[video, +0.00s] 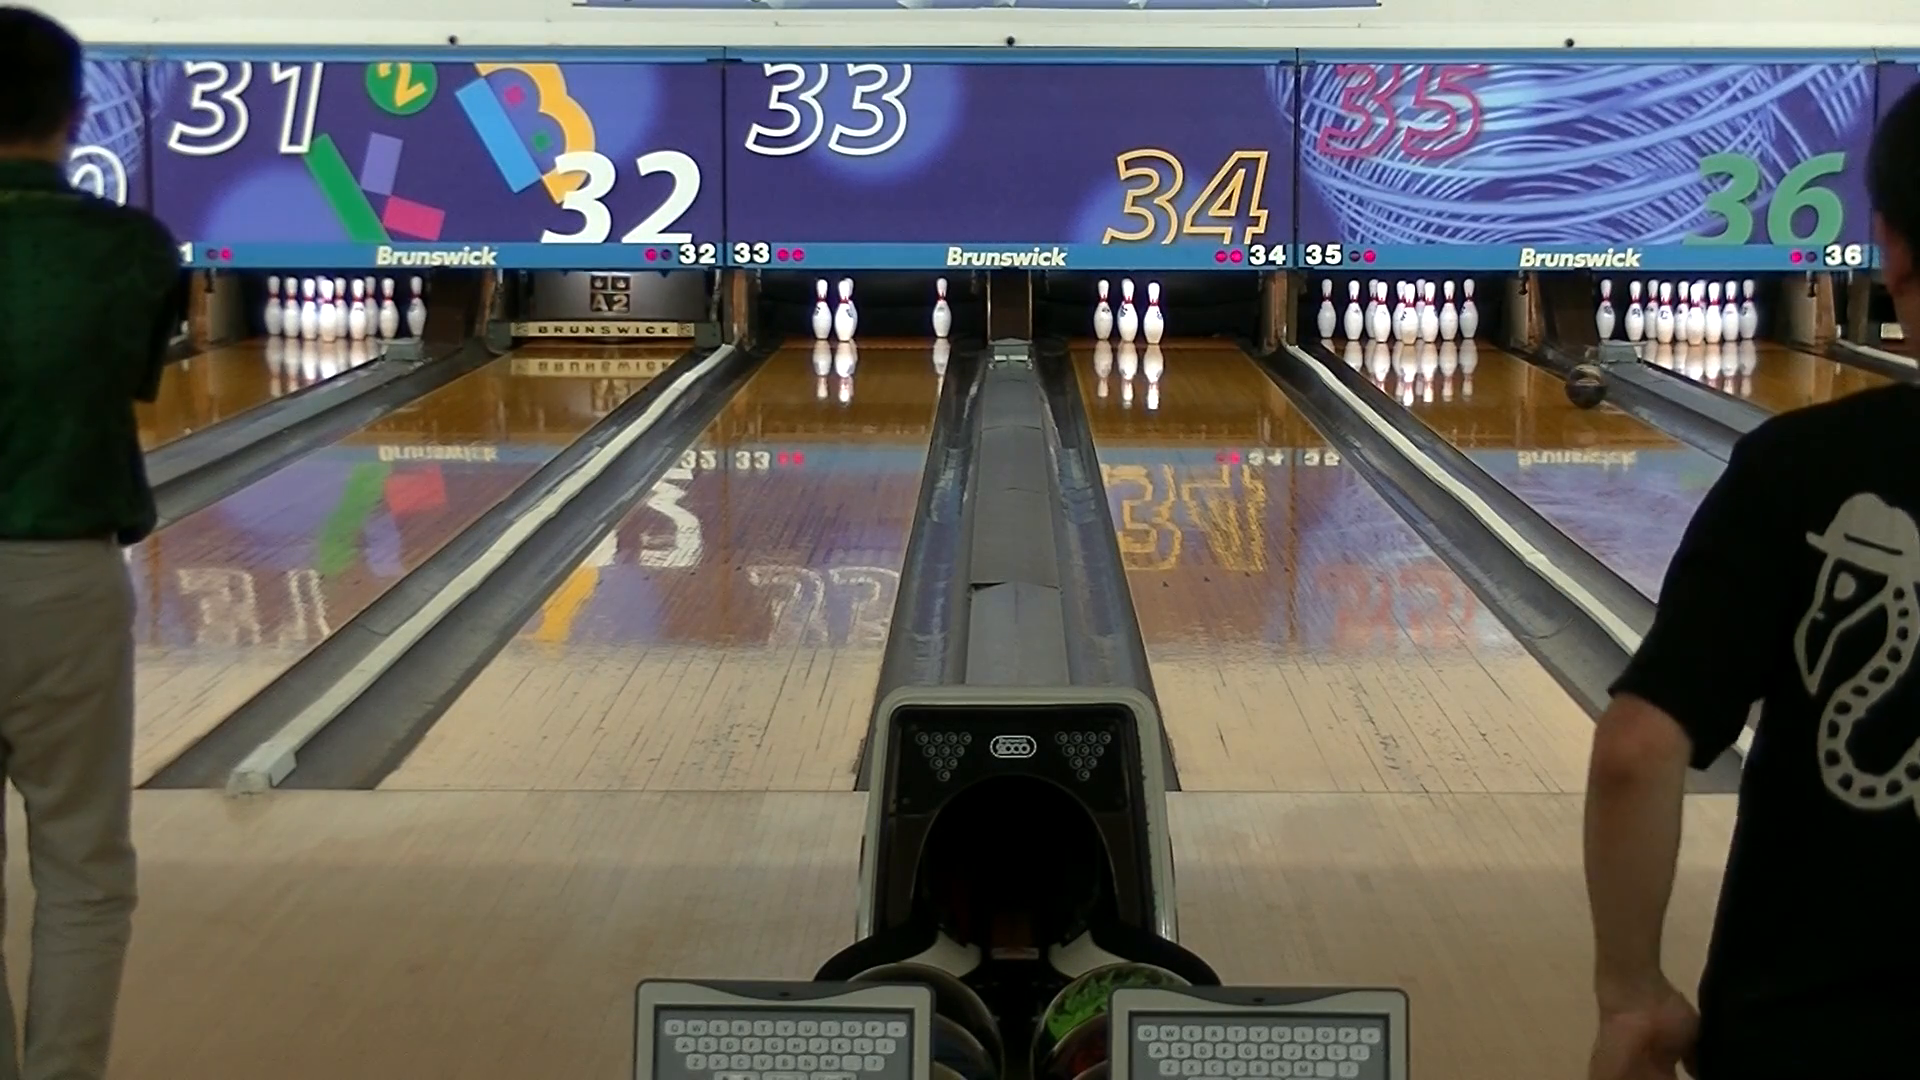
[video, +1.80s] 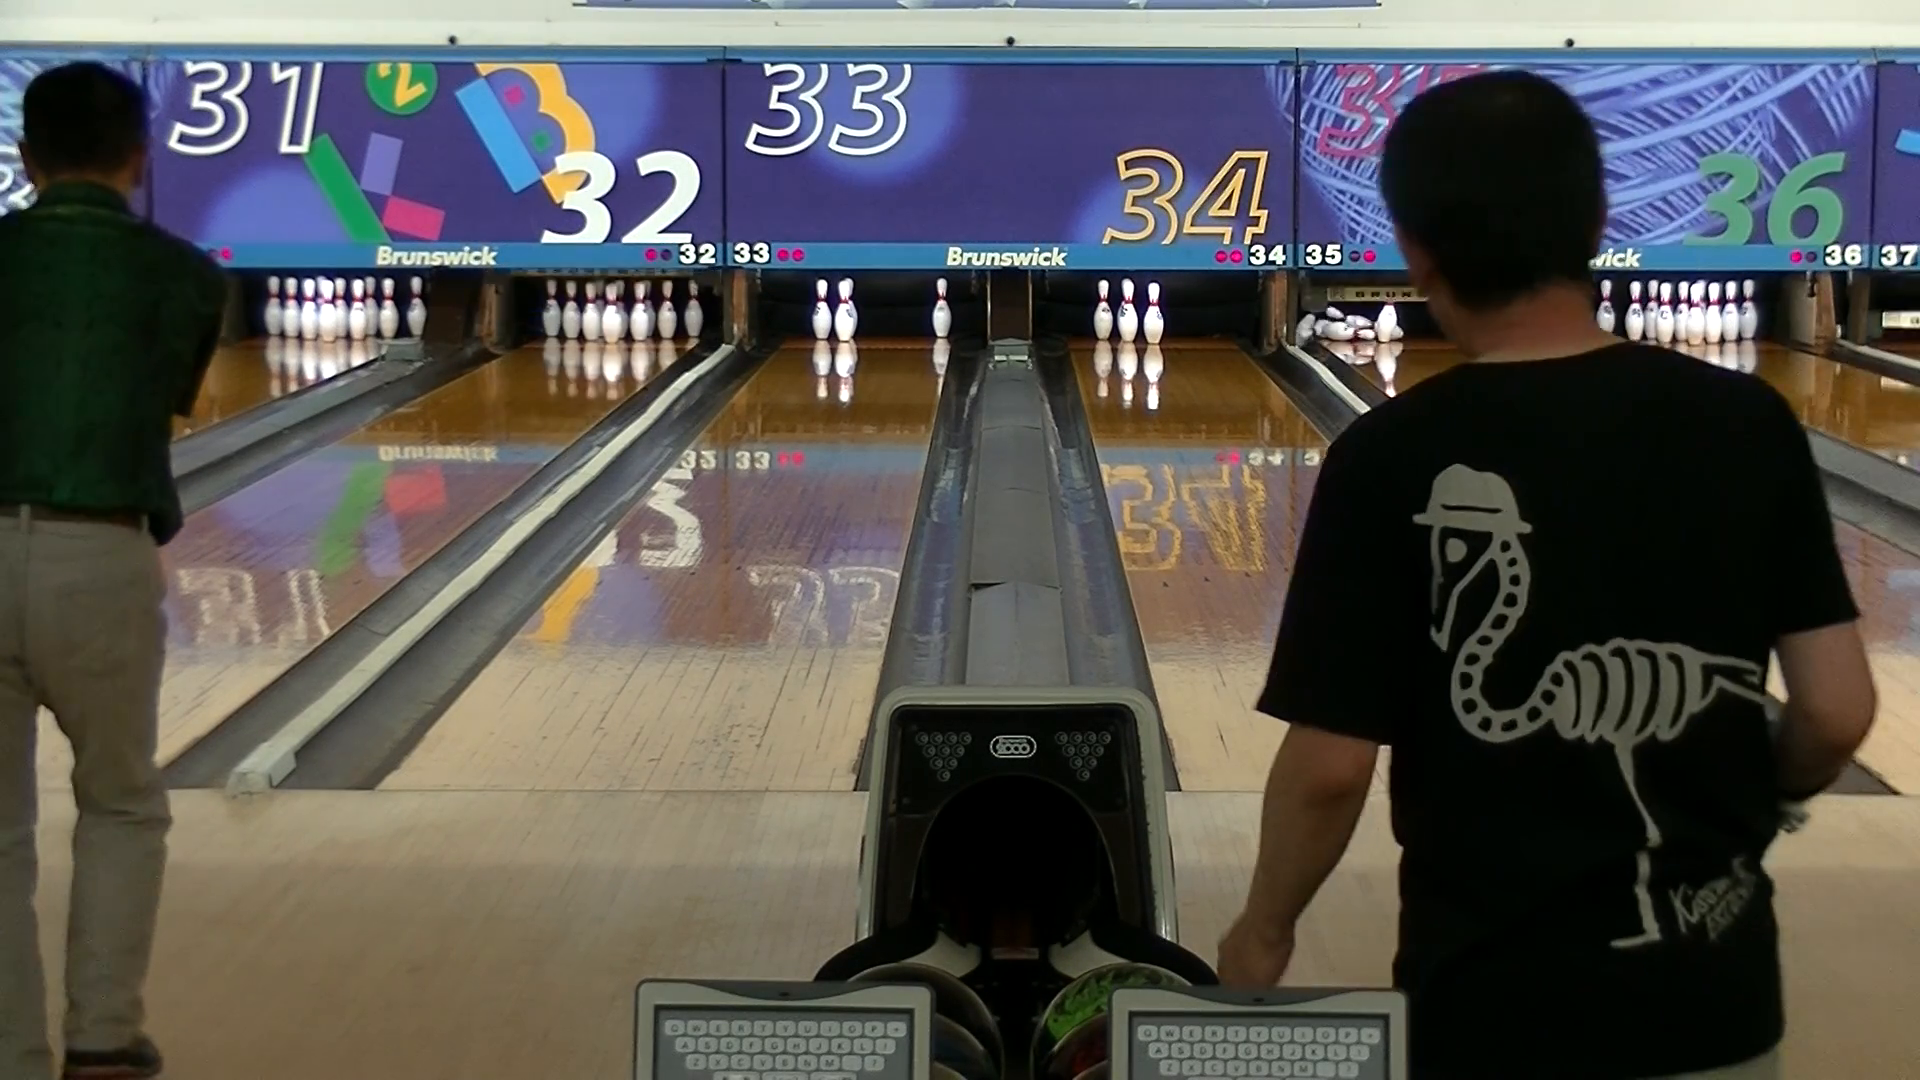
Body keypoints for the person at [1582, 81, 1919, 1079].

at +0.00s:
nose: (1878, 255)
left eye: (1877, 233)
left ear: (1893, 251)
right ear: (1898, 251)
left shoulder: (1810, 465)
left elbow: (1634, 748)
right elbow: (1636, 747)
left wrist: (1631, 994)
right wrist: (1634, 994)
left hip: (1798, 1013)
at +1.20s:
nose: (1780, 266)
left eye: (1779, 246)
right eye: (1786, 241)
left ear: (1805, 272)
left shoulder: (1730, 458)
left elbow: (1602, 718)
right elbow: (1601, 718)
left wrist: (1608, 999)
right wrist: (1612, 999)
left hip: (1756, 1015)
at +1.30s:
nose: (1740, 275)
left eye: (1735, 252)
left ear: (1755, 277)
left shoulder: (1691, 465)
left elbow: (1582, 737)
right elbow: (1581, 736)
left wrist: (1562, 1014)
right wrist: (1564, 1016)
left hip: (1719, 1023)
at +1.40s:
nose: (1678, 276)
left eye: (1677, 252)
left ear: (1694, 275)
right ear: (1881, 253)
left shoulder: (1634, 469)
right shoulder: (1914, 423)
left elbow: (1554, 744)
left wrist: (1496, 1015)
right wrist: (1502, 1011)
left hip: (1681, 1014)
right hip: (1903, 1008)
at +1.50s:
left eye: (1599, 252)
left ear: (1613, 273)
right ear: (1803, 249)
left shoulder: (1557, 466)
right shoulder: (1899, 448)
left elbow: (1490, 748)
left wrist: (1427, 1000)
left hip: (1625, 1012)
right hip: (1878, 1010)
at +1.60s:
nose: (1514, 261)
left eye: (1514, 238)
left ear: (1536, 258)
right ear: (1708, 232)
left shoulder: (1483, 461)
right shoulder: (1854, 446)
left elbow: (1417, 757)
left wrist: (1351, 999)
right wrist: (1856, 814)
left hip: (1561, 1001)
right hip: (1802, 1005)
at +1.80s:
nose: (1406, 264)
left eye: (1402, 241)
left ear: (1419, 259)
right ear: (1596, 223)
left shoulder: (1388, 457)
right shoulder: (1744, 420)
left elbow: (1332, 766)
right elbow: (1840, 707)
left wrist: (1265, 929)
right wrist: (1747, 792)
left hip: (1492, 993)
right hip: (1713, 993)